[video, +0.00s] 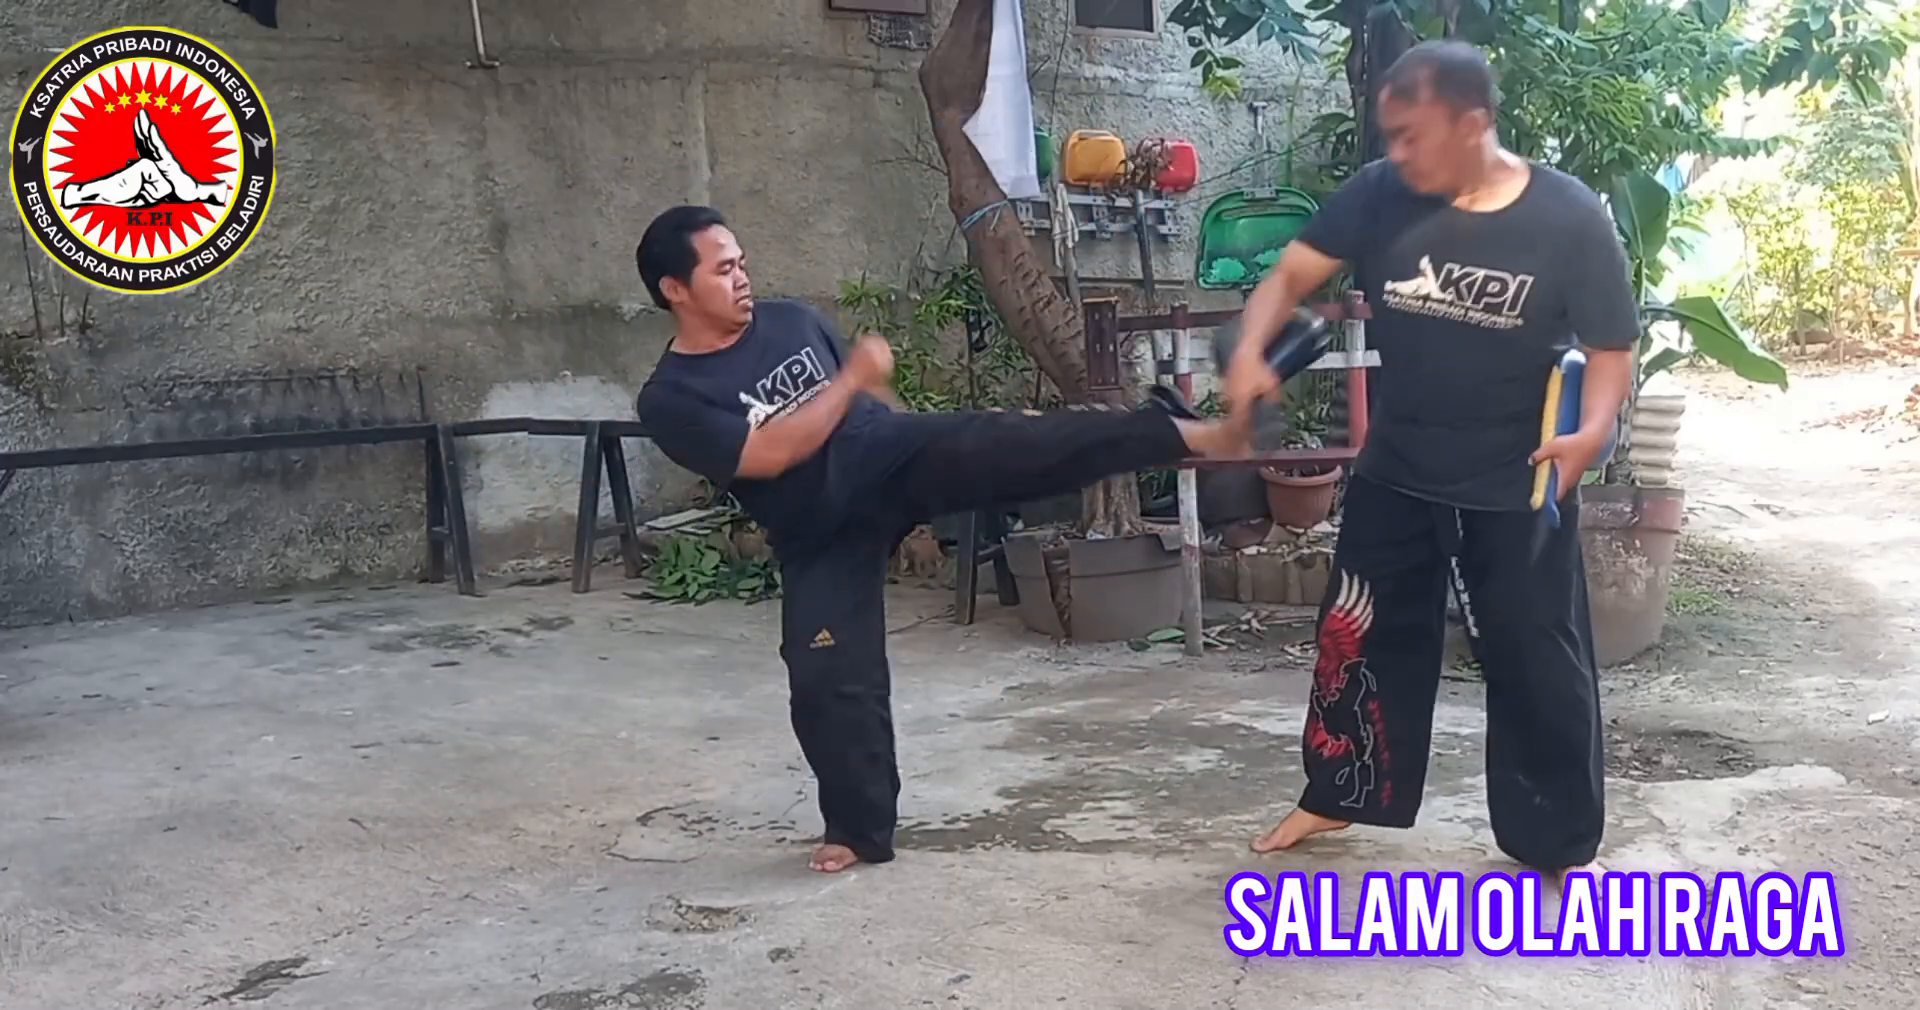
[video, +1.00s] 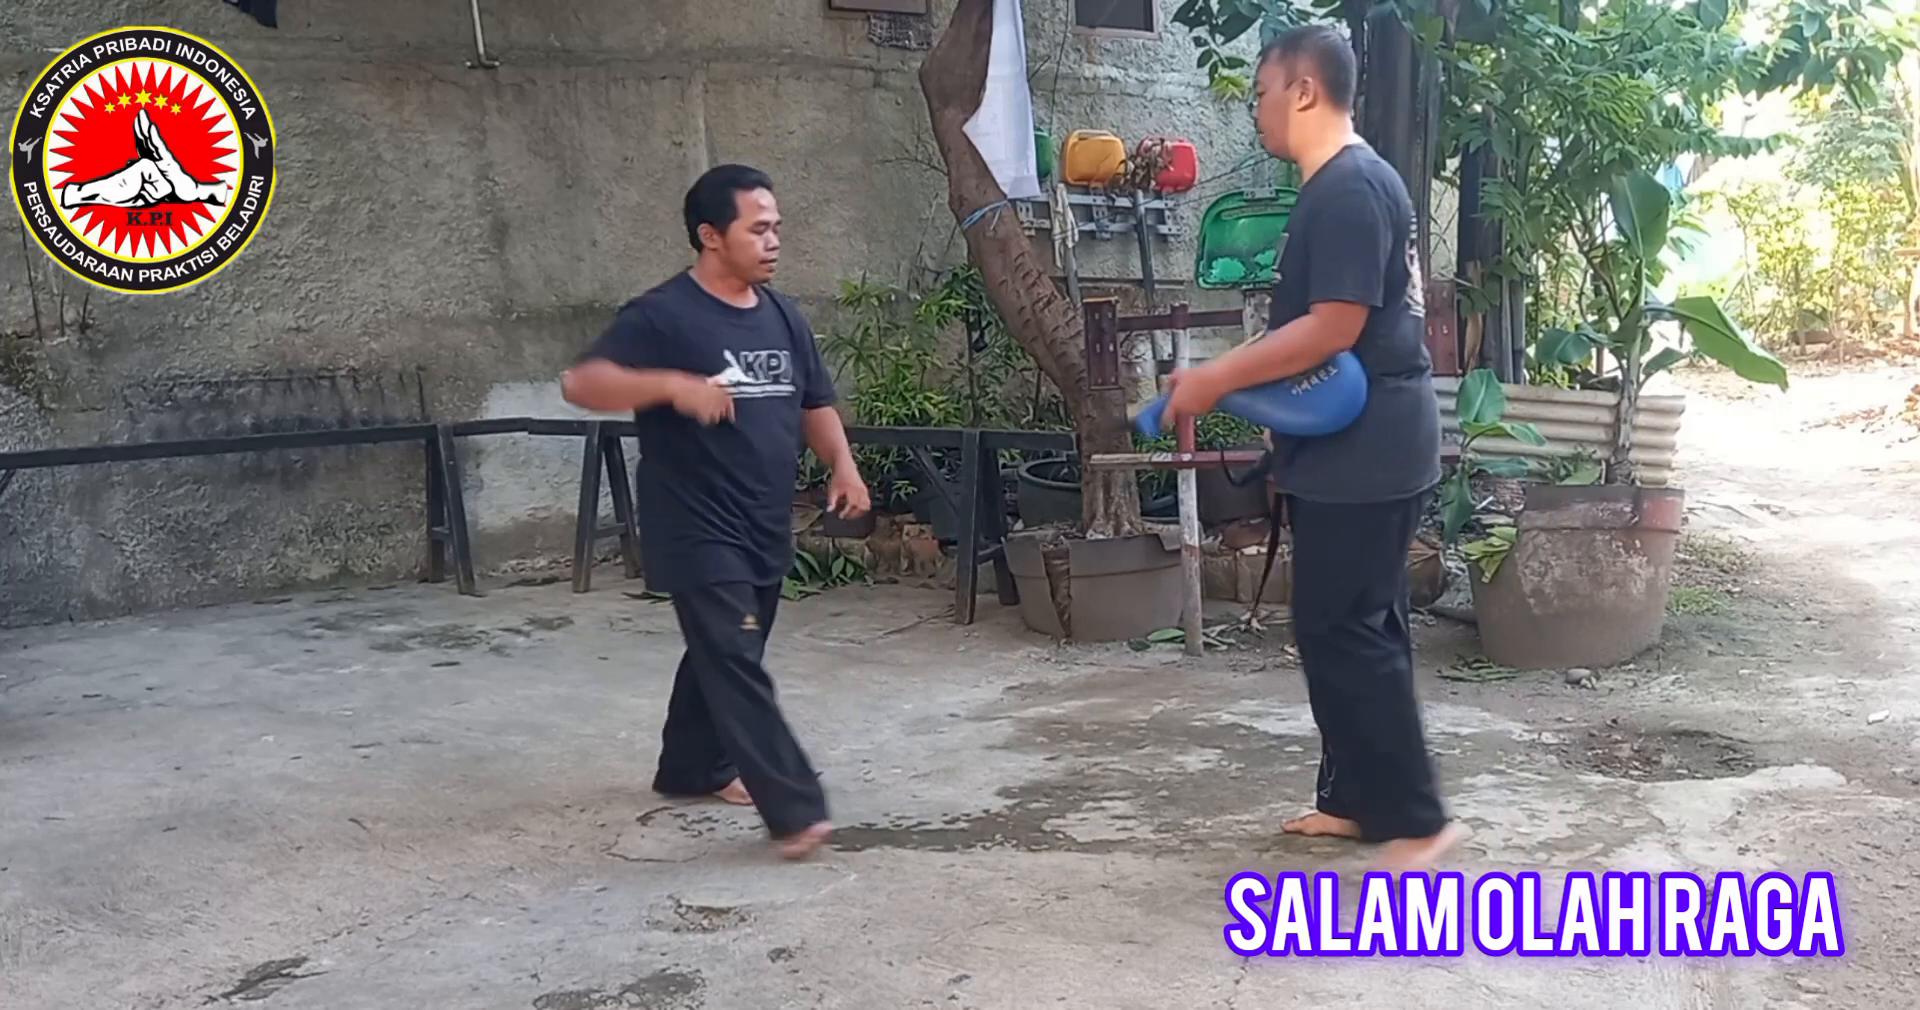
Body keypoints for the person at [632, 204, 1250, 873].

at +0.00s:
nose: (743, 277)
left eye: (740, 262)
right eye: (724, 268)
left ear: (744, 265)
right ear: (674, 291)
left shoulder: (795, 318)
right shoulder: (668, 398)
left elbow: (855, 389)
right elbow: (772, 451)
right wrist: (852, 378)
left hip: (892, 460)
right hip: (820, 537)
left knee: (1015, 440)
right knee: (825, 679)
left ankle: (1197, 438)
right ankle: (861, 830)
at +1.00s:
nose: (775, 238)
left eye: (776, 225)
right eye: (760, 227)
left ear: (772, 229)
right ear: (710, 236)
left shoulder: (783, 314)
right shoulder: (661, 313)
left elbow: (814, 402)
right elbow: (580, 382)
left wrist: (843, 463)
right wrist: (673, 386)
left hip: (766, 523)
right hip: (694, 524)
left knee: (729, 649)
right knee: (731, 654)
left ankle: (690, 769)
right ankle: (795, 811)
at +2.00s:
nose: (582, 245)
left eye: (588, 234)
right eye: (568, 233)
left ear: (593, 236)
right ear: (525, 235)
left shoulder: (607, 315)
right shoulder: (466, 297)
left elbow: (624, 400)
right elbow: (422, 369)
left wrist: (614, 451)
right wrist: (461, 427)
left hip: (565, 499)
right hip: (472, 498)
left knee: (577, 621)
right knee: (456, 616)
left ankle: (584, 736)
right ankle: (454, 730)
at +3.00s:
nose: (572, 248)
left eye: (576, 236)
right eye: (557, 236)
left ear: (582, 242)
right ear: (513, 244)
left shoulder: (604, 321)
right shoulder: (470, 319)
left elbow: (658, 393)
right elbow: (482, 395)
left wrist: (700, 441)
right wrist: (539, 321)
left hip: (599, 503)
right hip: (504, 507)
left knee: (650, 607)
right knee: (481, 620)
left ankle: (681, 748)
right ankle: (481, 735)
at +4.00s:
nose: (598, 281)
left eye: (601, 270)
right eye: (583, 269)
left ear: (604, 274)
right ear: (538, 275)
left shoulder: (626, 349)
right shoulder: (493, 344)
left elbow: (692, 399)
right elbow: (518, 416)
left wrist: (750, 423)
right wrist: (581, 349)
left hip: (623, 523)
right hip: (525, 530)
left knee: (677, 625)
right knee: (481, 638)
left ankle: (707, 761)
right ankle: (489, 744)